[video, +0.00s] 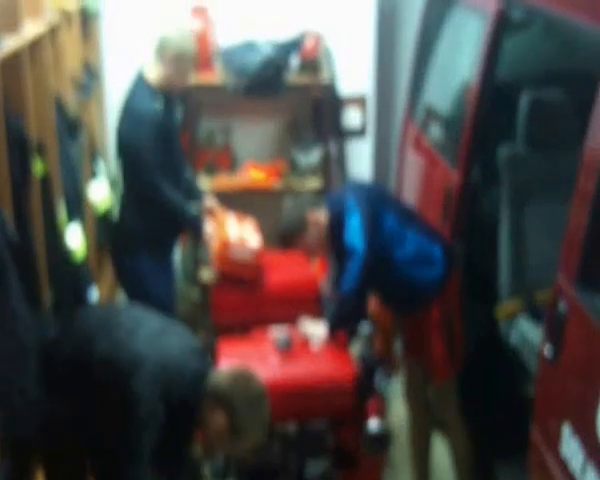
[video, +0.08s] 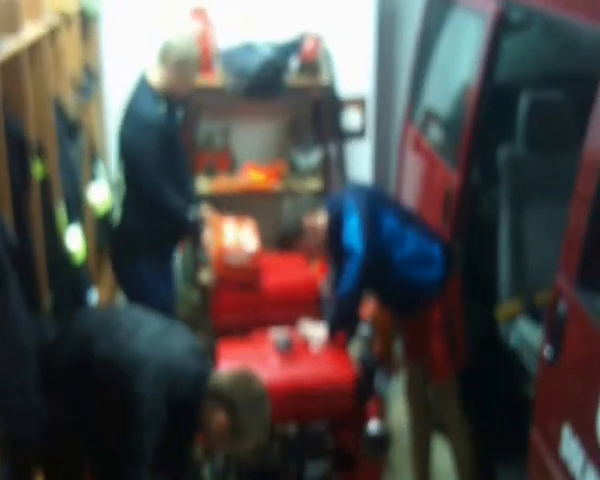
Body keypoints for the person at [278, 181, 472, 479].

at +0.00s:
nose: (312, 251)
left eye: (307, 244)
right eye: (305, 248)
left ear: (313, 223)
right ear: (315, 224)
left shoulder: (354, 200)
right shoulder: (340, 229)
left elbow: (359, 261)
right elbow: (347, 281)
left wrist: (335, 323)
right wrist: (335, 326)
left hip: (438, 292)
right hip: (410, 302)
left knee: (445, 397)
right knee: (416, 400)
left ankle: (464, 471)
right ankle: (415, 471)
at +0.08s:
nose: (313, 254)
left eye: (307, 247)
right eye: (307, 251)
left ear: (309, 226)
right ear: (311, 227)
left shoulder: (352, 200)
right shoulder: (340, 237)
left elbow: (358, 260)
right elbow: (340, 281)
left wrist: (336, 324)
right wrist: (335, 328)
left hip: (438, 291)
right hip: (410, 302)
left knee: (444, 393)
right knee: (416, 393)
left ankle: (466, 470)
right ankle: (417, 470)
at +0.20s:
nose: (313, 263)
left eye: (308, 257)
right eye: (308, 262)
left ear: (307, 235)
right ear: (307, 238)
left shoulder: (345, 208)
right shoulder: (337, 251)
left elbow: (352, 258)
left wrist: (334, 327)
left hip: (437, 291)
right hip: (408, 306)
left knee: (443, 398)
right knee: (414, 399)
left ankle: (472, 470)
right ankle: (417, 472)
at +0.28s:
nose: (314, 270)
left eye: (309, 264)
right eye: (309, 268)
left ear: (307, 243)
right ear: (308, 245)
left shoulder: (344, 211)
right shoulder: (336, 254)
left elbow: (347, 272)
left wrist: (333, 331)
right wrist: (384, 355)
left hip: (436, 294)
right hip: (407, 307)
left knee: (446, 401)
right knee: (413, 398)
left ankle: (473, 471)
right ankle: (418, 473)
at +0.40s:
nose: (314, 281)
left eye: (309, 276)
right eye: (309, 279)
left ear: (305, 254)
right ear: (308, 255)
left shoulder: (338, 220)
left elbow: (342, 282)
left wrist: (330, 333)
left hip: (434, 292)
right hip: (405, 310)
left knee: (446, 400)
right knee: (409, 394)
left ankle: (473, 471)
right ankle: (417, 472)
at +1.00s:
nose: (316, 312)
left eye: (310, 307)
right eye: (310, 312)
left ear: (306, 282)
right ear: (308, 281)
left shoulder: (334, 234)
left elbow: (339, 284)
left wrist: (326, 337)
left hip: (430, 292)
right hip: (396, 313)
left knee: (440, 412)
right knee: (401, 407)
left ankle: (466, 473)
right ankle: (413, 474)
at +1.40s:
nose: (318, 273)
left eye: (313, 268)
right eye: (313, 272)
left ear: (312, 243)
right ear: (314, 242)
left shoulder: (345, 207)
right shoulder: (339, 239)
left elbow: (353, 267)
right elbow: (372, 288)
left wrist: (330, 330)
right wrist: (373, 337)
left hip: (428, 298)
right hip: (402, 308)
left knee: (432, 396)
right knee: (408, 399)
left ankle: (446, 472)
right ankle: (414, 471)